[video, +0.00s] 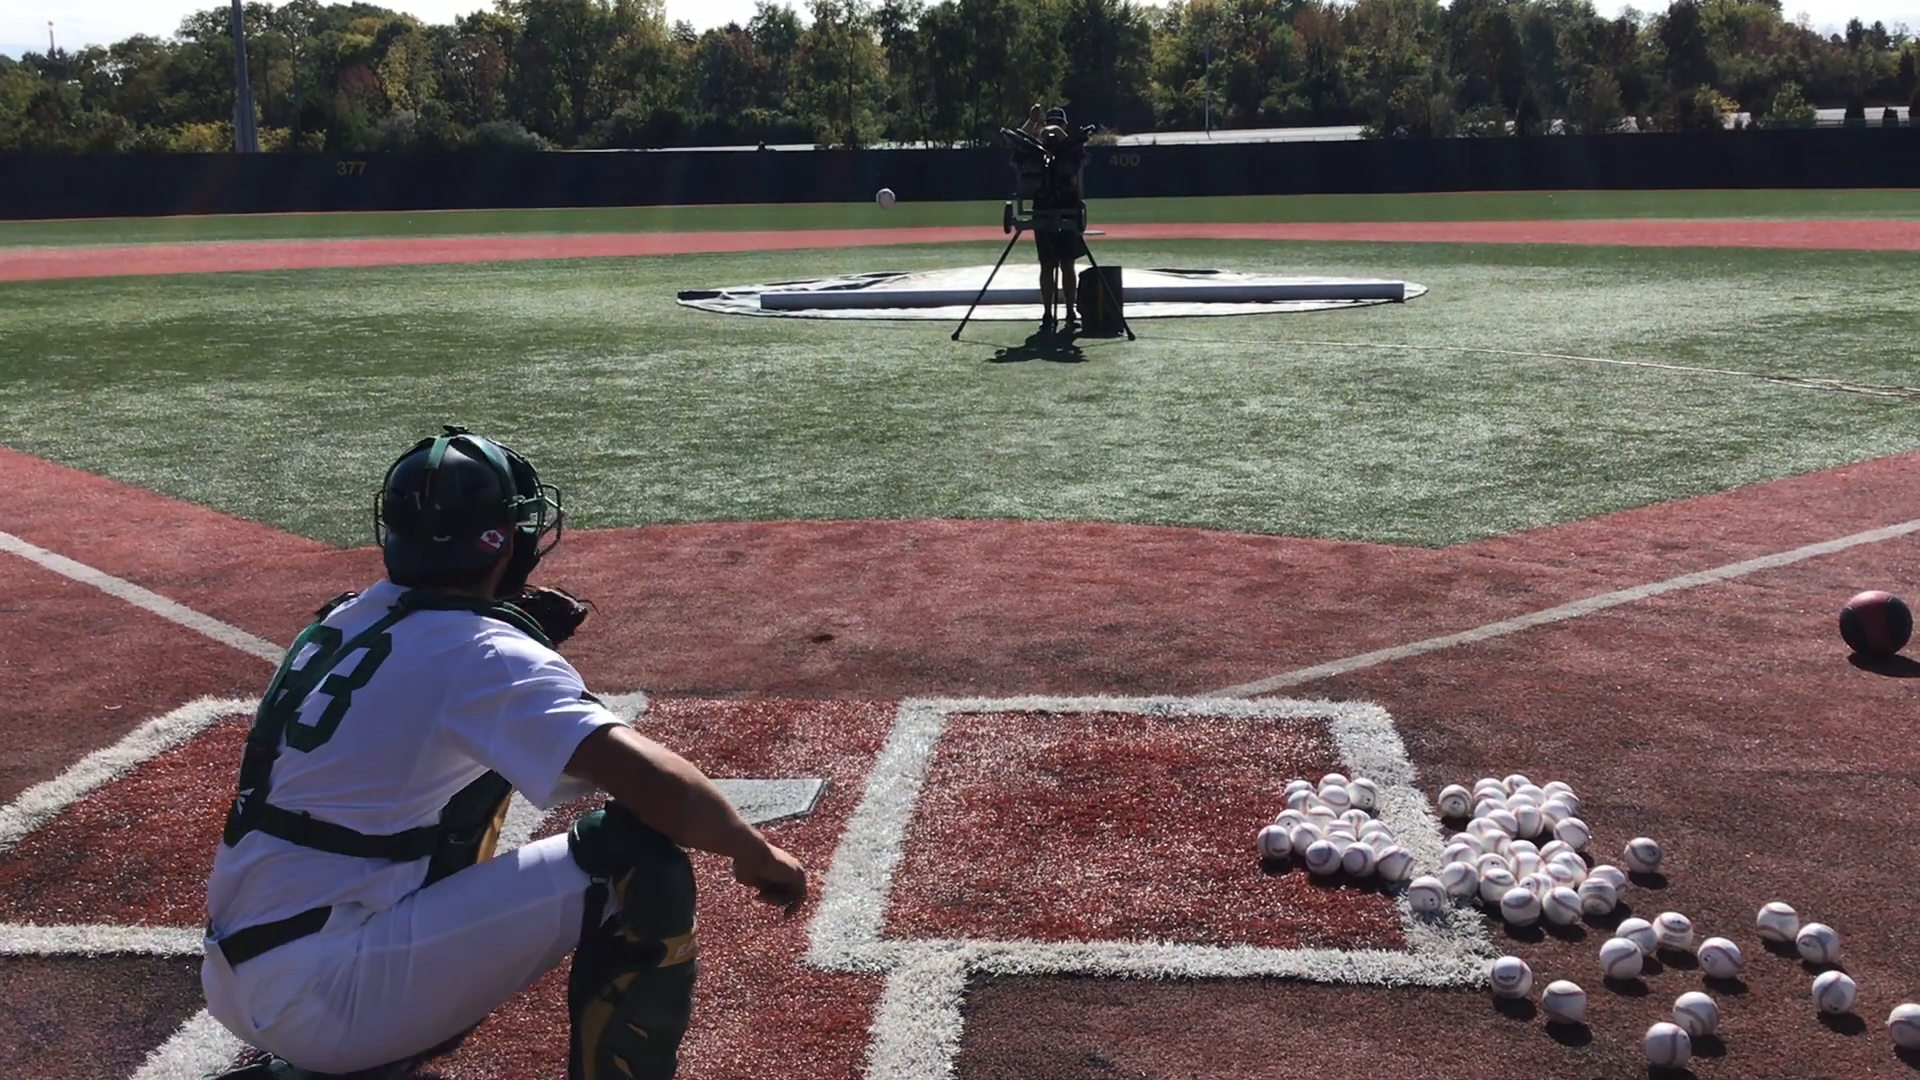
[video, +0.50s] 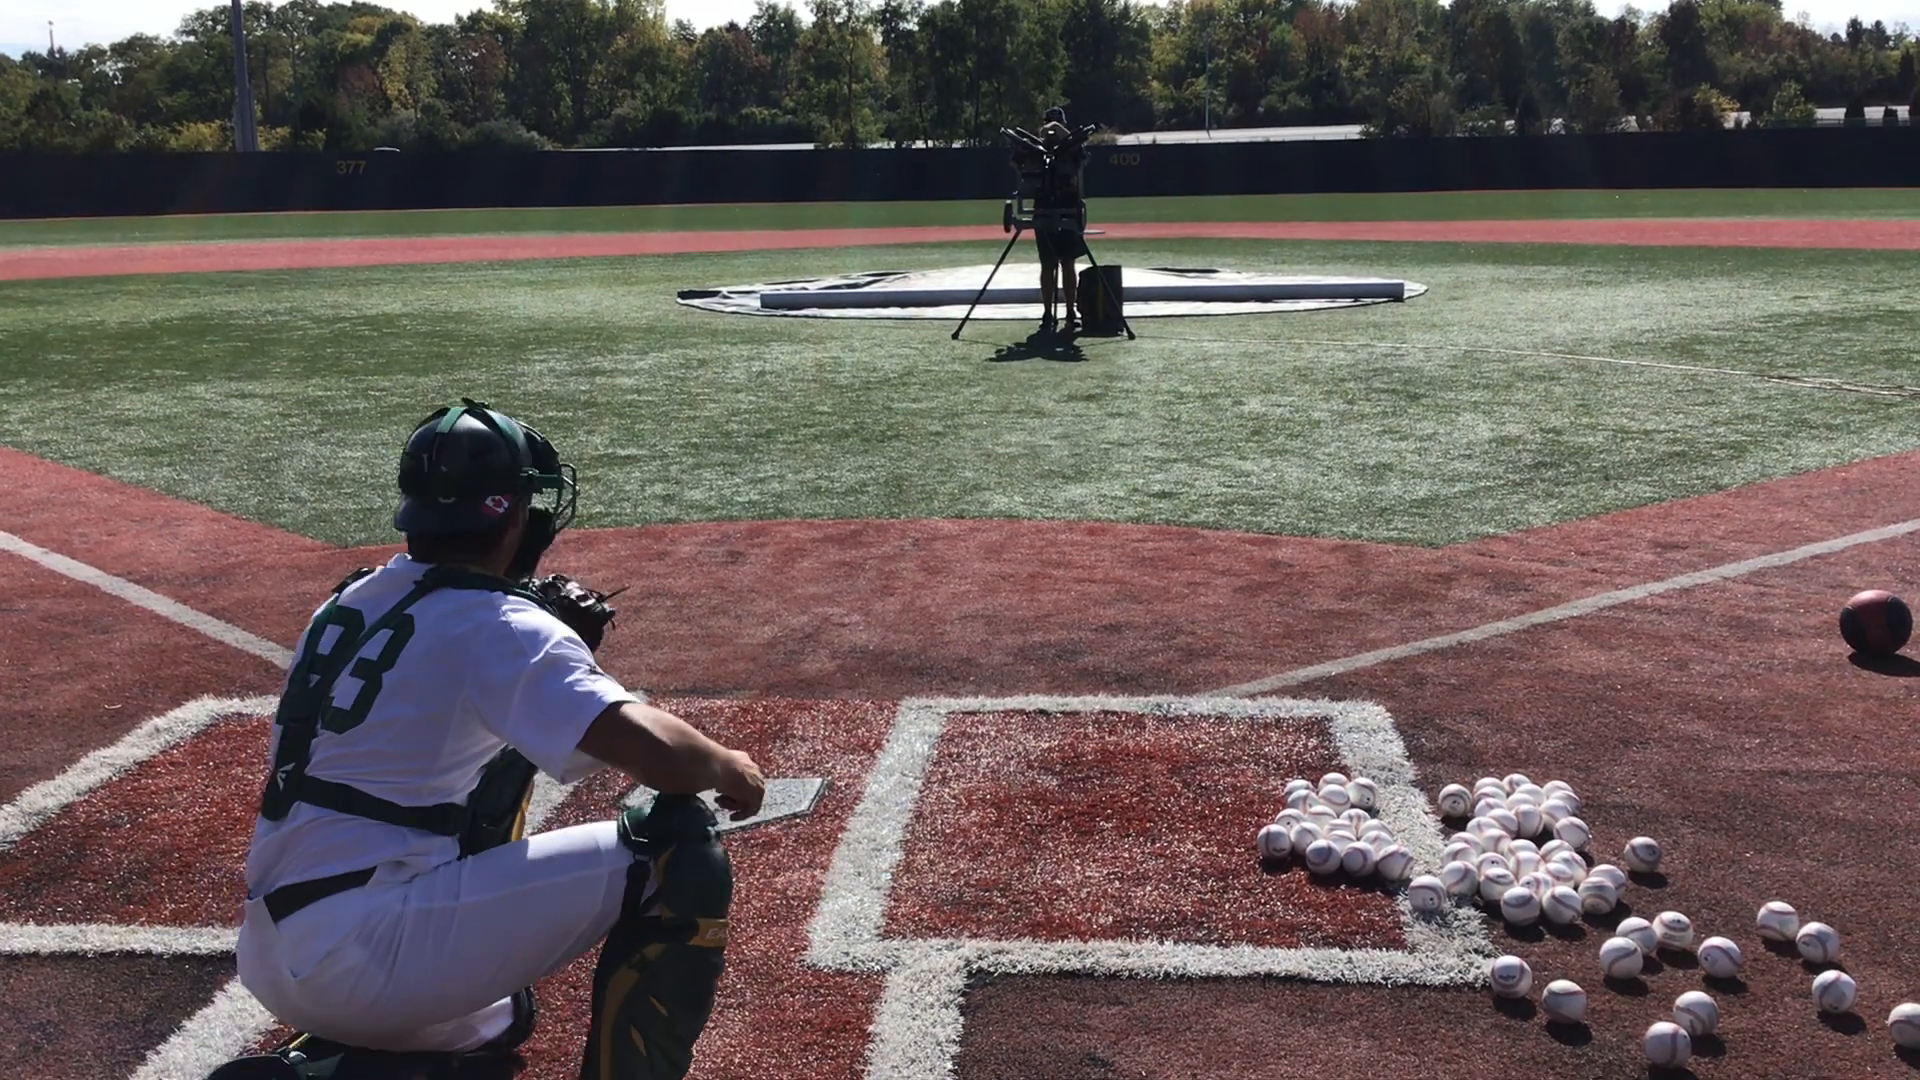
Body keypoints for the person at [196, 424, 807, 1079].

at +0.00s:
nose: (529, 546)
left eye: (527, 533)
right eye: (521, 534)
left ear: (398, 546)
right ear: (497, 553)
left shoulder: (343, 616)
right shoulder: (476, 650)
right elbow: (650, 778)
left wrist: (499, 628)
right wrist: (749, 847)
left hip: (238, 970)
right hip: (320, 995)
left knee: (479, 781)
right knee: (635, 856)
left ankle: (387, 1022)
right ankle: (617, 1064)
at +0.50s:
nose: (539, 521)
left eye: (537, 503)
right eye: (533, 504)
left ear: (415, 511)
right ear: (511, 520)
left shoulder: (355, 596)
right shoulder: (502, 627)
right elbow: (662, 752)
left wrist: (534, 639)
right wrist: (727, 770)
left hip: (270, 948)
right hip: (366, 951)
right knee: (676, 845)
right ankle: (629, 1064)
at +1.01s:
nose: (529, 414)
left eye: (527, 395)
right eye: (516, 396)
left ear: (417, 396)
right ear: (469, 402)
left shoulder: (309, 502)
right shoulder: (505, 508)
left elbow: (257, 657)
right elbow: (559, 689)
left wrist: (395, 662)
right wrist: (658, 759)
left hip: (346, 820)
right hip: (463, 800)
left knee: (480, 1018)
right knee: (730, 871)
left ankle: (288, 1052)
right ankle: (621, 1065)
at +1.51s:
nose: (587, 447)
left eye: (588, 429)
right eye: (582, 428)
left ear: (455, 421)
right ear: (546, 432)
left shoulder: (358, 549)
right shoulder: (601, 555)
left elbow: (310, 717)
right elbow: (678, 736)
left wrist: (414, 711)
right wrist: (653, 774)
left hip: (435, 863)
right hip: (576, 868)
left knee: (481, 1014)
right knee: (678, 1039)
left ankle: (398, 1037)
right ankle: (531, 1059)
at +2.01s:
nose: (529, 532)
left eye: (526, 516)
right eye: (522, 517)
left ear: (386, 526)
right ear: (503, 537)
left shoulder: (298, 659)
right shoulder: (565, 669)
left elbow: (267, 851)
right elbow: (642, 865)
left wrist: (382, 818)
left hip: (345, 1042)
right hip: (508, 1044)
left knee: (311, 892)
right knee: (678, 961)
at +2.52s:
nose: (514, 548)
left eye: (510, 530)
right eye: (506, 531)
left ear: (364, 544)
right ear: (477, 556)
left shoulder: (282, 668)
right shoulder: (532, 683)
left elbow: (253, 844)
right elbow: (643, 843)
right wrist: (586, 713)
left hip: (252, 1047)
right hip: (426, 1057)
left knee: (251, 877)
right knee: (706, 891)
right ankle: (584, 1063)